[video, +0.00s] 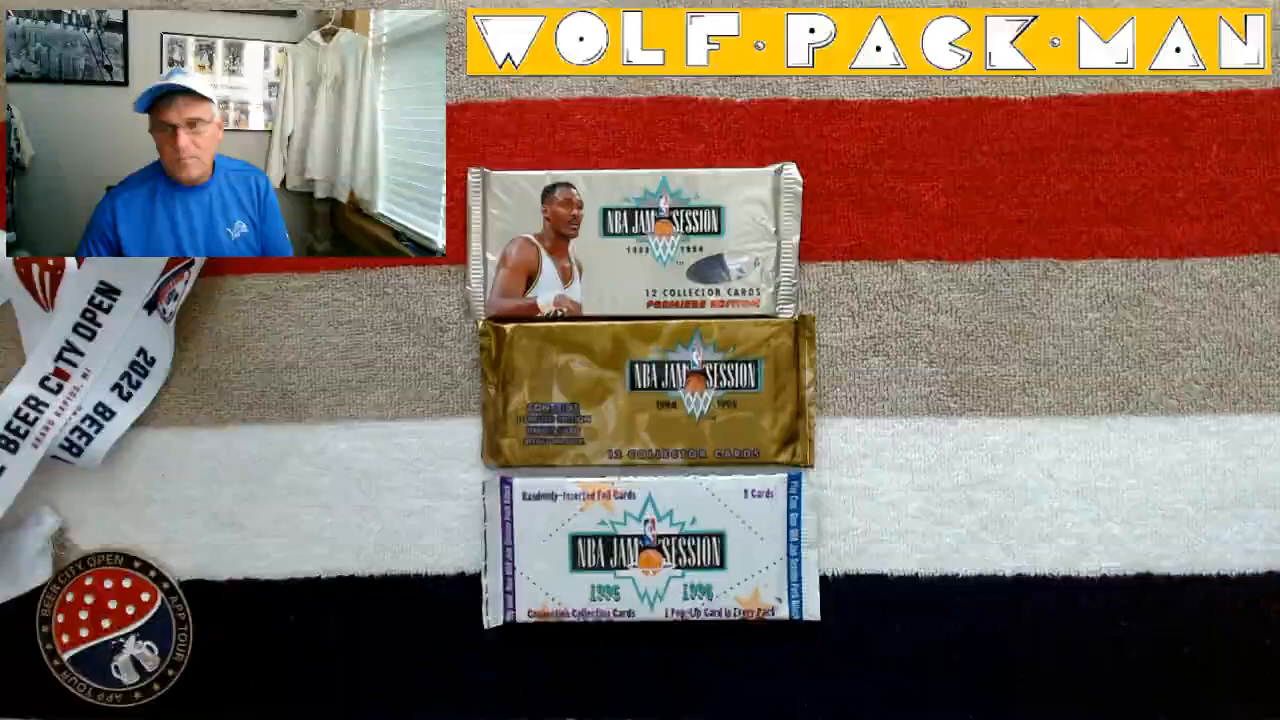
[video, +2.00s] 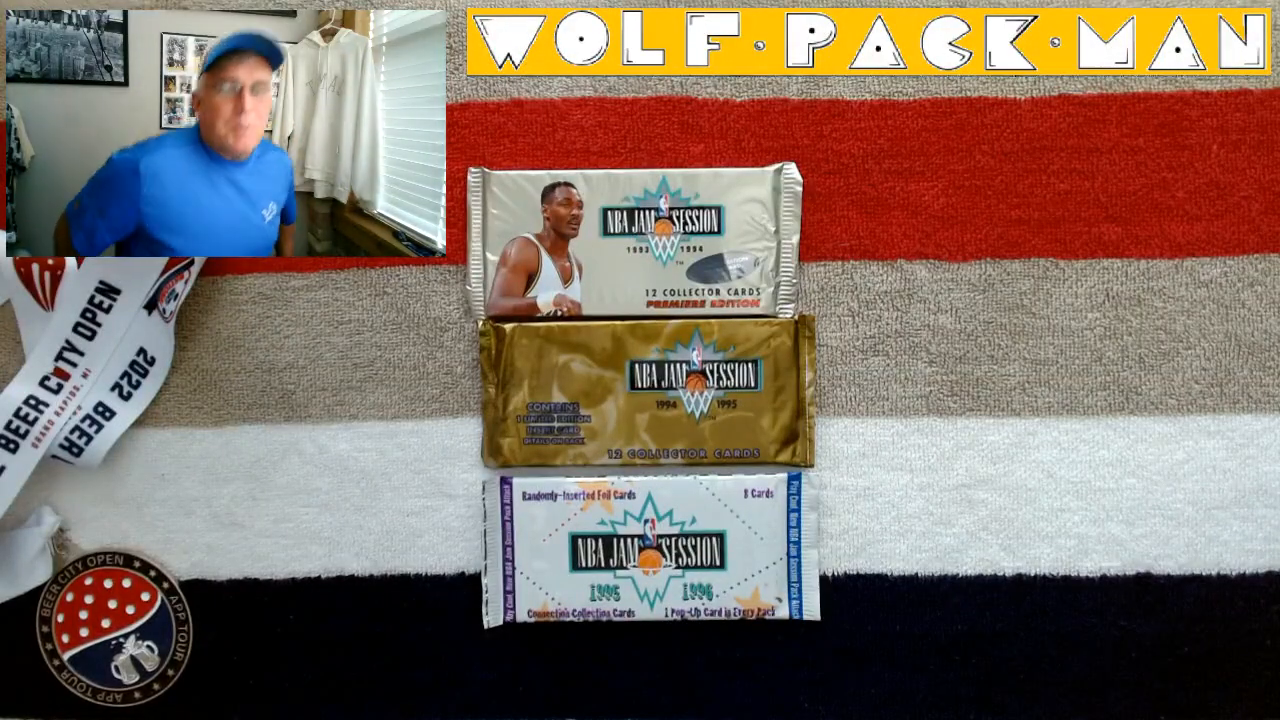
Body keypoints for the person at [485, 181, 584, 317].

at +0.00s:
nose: (576, 214)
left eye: (580, 207)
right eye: (567, 206)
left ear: (583, 211)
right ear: (546, 211)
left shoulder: (575, 264)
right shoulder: (521, 250)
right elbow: (495, 308)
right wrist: (550, 303)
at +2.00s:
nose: (576, 213)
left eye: (580, 207)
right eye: (566, 205)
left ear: (583, 211)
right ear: (546, 211)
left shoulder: (575, 265)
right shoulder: (521, 250)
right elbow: (495, 307)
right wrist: (550, 301)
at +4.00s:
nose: (576, 213)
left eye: (580, 206)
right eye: (566, 205)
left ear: (583, 211)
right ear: (546, 211)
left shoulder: (575, 265)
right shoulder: (520, 250)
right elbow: (495, 307)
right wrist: (550, 301)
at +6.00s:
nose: (576, 213)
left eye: (580, 207)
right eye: (566, 205)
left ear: (583, 212)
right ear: (545, 211)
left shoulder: (575, 266)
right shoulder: (521, 250)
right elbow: (495, 307)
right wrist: (550, 301)